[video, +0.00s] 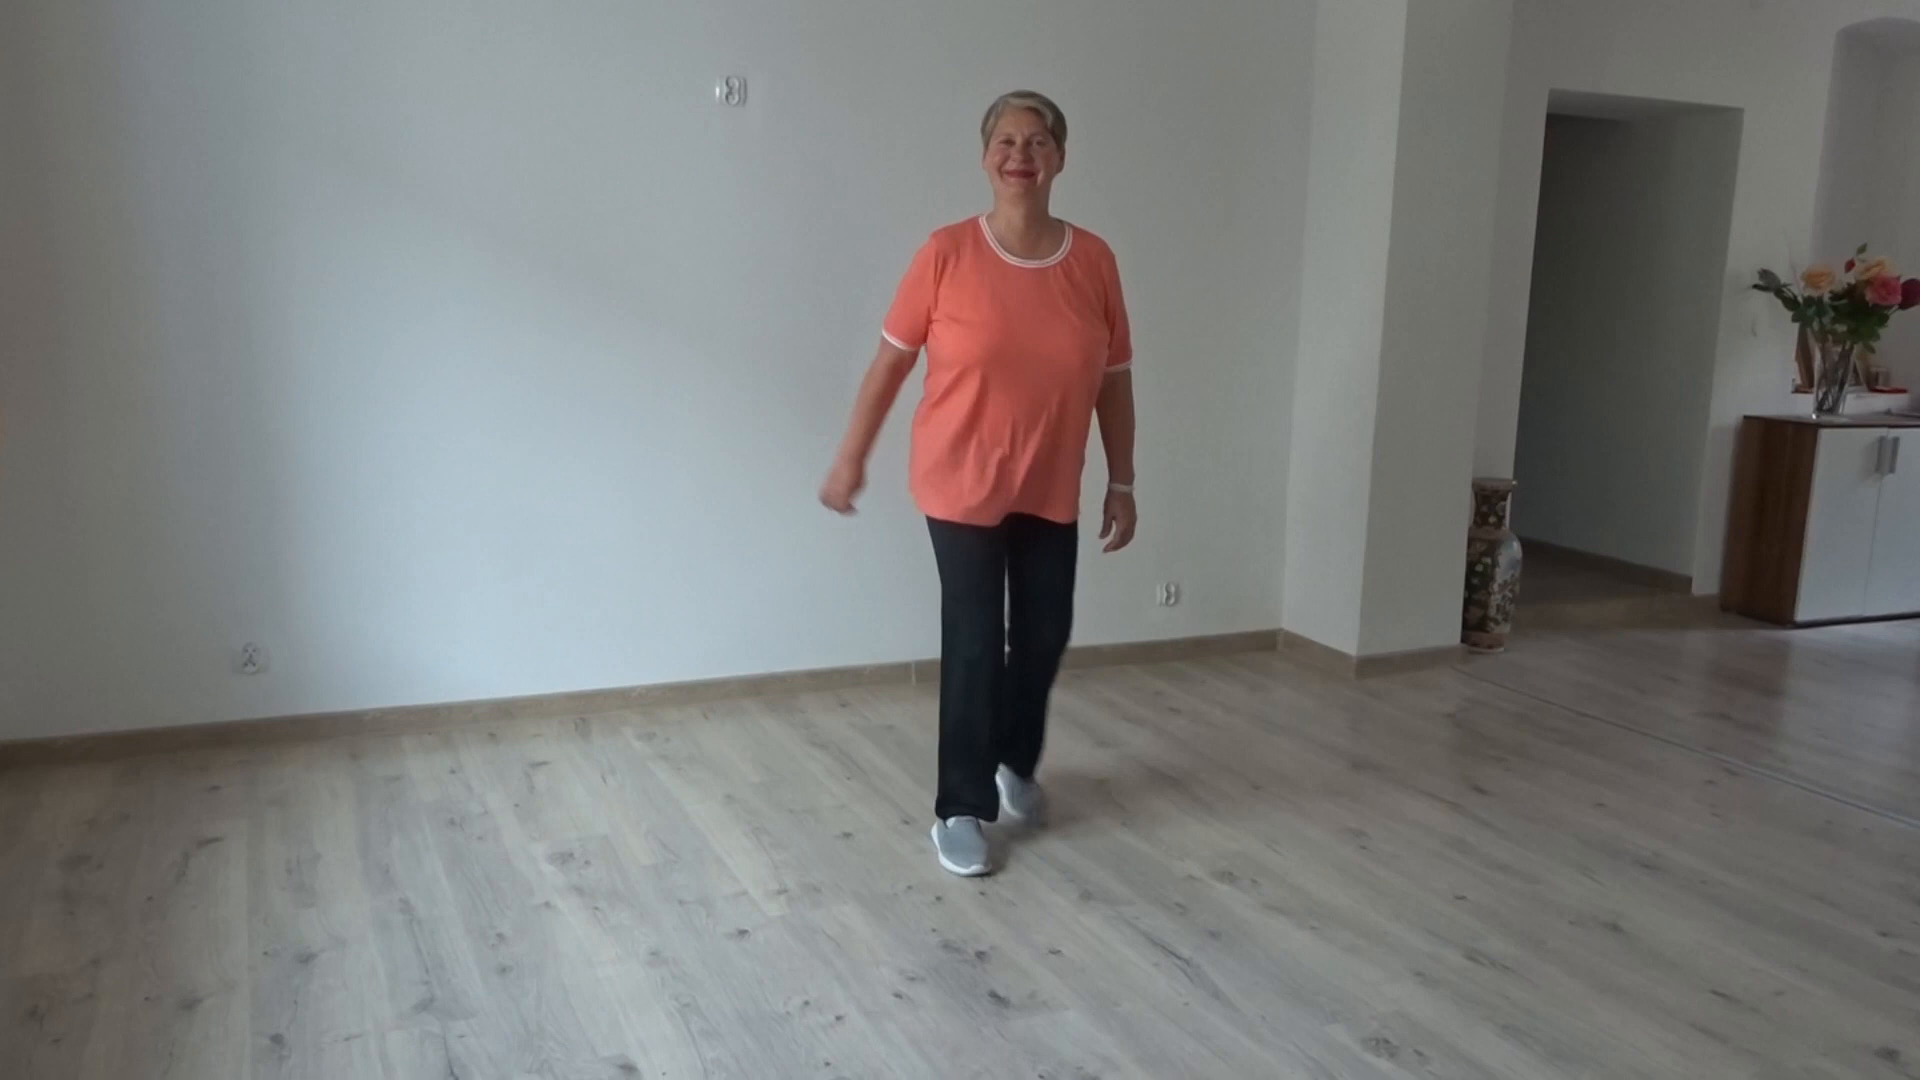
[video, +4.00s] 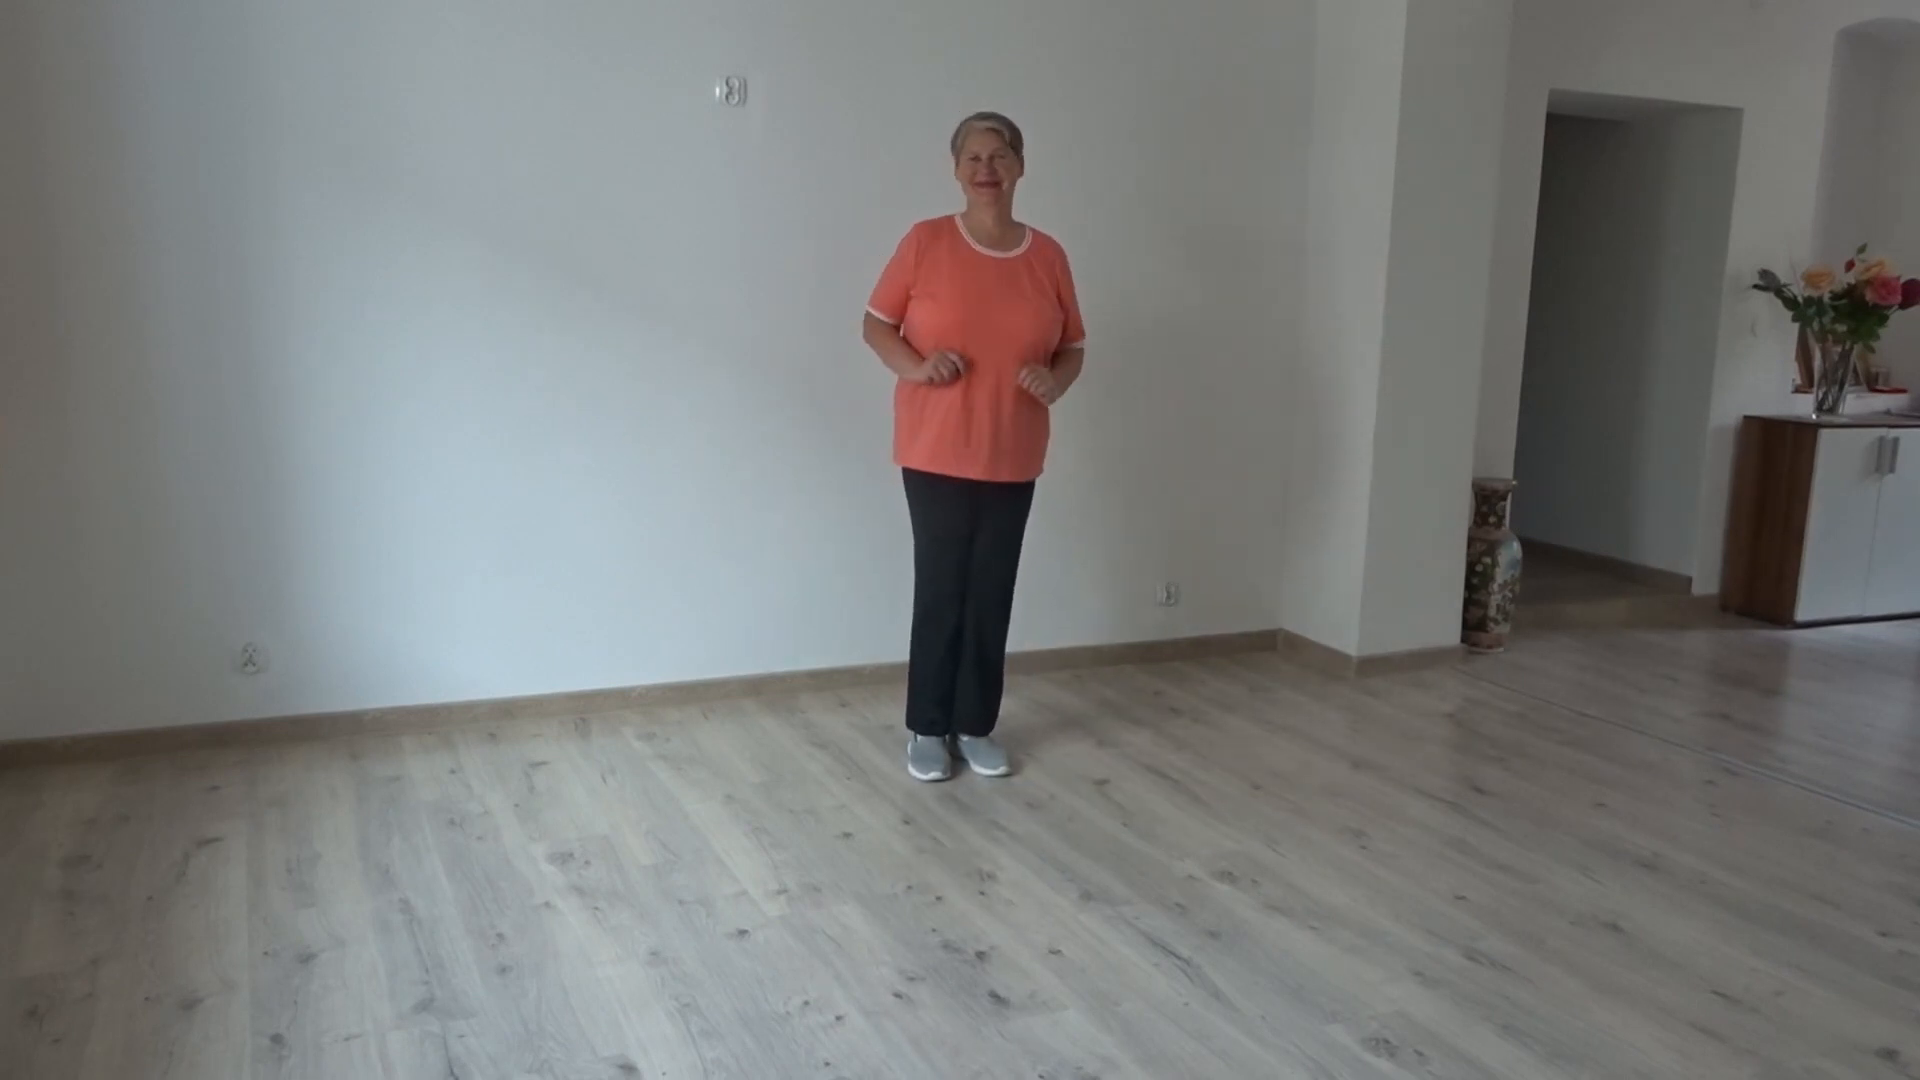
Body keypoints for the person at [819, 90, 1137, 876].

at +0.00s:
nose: (1018, 153)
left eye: (1035, 143)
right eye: (1005, 141)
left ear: (1059, 160)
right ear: (984, 157)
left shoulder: (1092, 259)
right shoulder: (948, 253)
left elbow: (1113, 380)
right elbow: (892, 360)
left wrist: (1122, 482)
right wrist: (850, 458)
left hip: (1051, 487)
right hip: (961, 483)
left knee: (1045, 637)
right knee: (974, 643)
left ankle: (1016, 761)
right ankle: (961, 809)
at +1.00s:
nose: (973, 157)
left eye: (984, 145)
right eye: (958, 150)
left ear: (1005, 158)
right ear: (942, 169)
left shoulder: (1039, 250)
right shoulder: (916, 244)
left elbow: (1060, 350)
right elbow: (867, 330)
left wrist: (1064, 437)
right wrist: (920, 384)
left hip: (1011, 459)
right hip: (935, 455)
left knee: (990, 600)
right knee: (940, 597)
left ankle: (975, 730)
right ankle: (928, 731)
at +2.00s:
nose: (985, 165)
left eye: (994, 155)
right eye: (970, 157)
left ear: (1008, 167)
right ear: (945, 170)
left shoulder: (1026, 254)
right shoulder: (919, 242)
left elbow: (1038, 353)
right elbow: (870, 328)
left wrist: (1047, 427)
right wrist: (937, 380)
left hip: (1004, 458)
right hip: (935, 454)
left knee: (986, 597)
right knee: (941, 595)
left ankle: (969, 728)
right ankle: (924, 730)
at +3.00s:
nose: (960, 161)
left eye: (974, 152)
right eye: (948, 151)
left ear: (994, 169)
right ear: (931, 166)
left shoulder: (1024, 244)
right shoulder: (909, 250)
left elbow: (1069, 337)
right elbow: (896, 335)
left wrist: (1011, 385)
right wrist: (875, 370)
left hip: (1009, 457)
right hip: (932, 456)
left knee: (986, 596)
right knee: (942, 593)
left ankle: (974, 730)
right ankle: (929, 731)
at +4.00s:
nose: (988, 166)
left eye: (1000, 155)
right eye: (975, 157)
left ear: (1019, 167)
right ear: (956, 171)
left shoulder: (1046, 255)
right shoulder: (924, 243)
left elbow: (1071, 343)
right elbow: (876, 325)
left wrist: (1056, 378)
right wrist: (915, 365)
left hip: (1012, 460)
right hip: (937, 457)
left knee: (991, 599)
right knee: (942, 595)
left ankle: (974, 728)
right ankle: (926, 730)